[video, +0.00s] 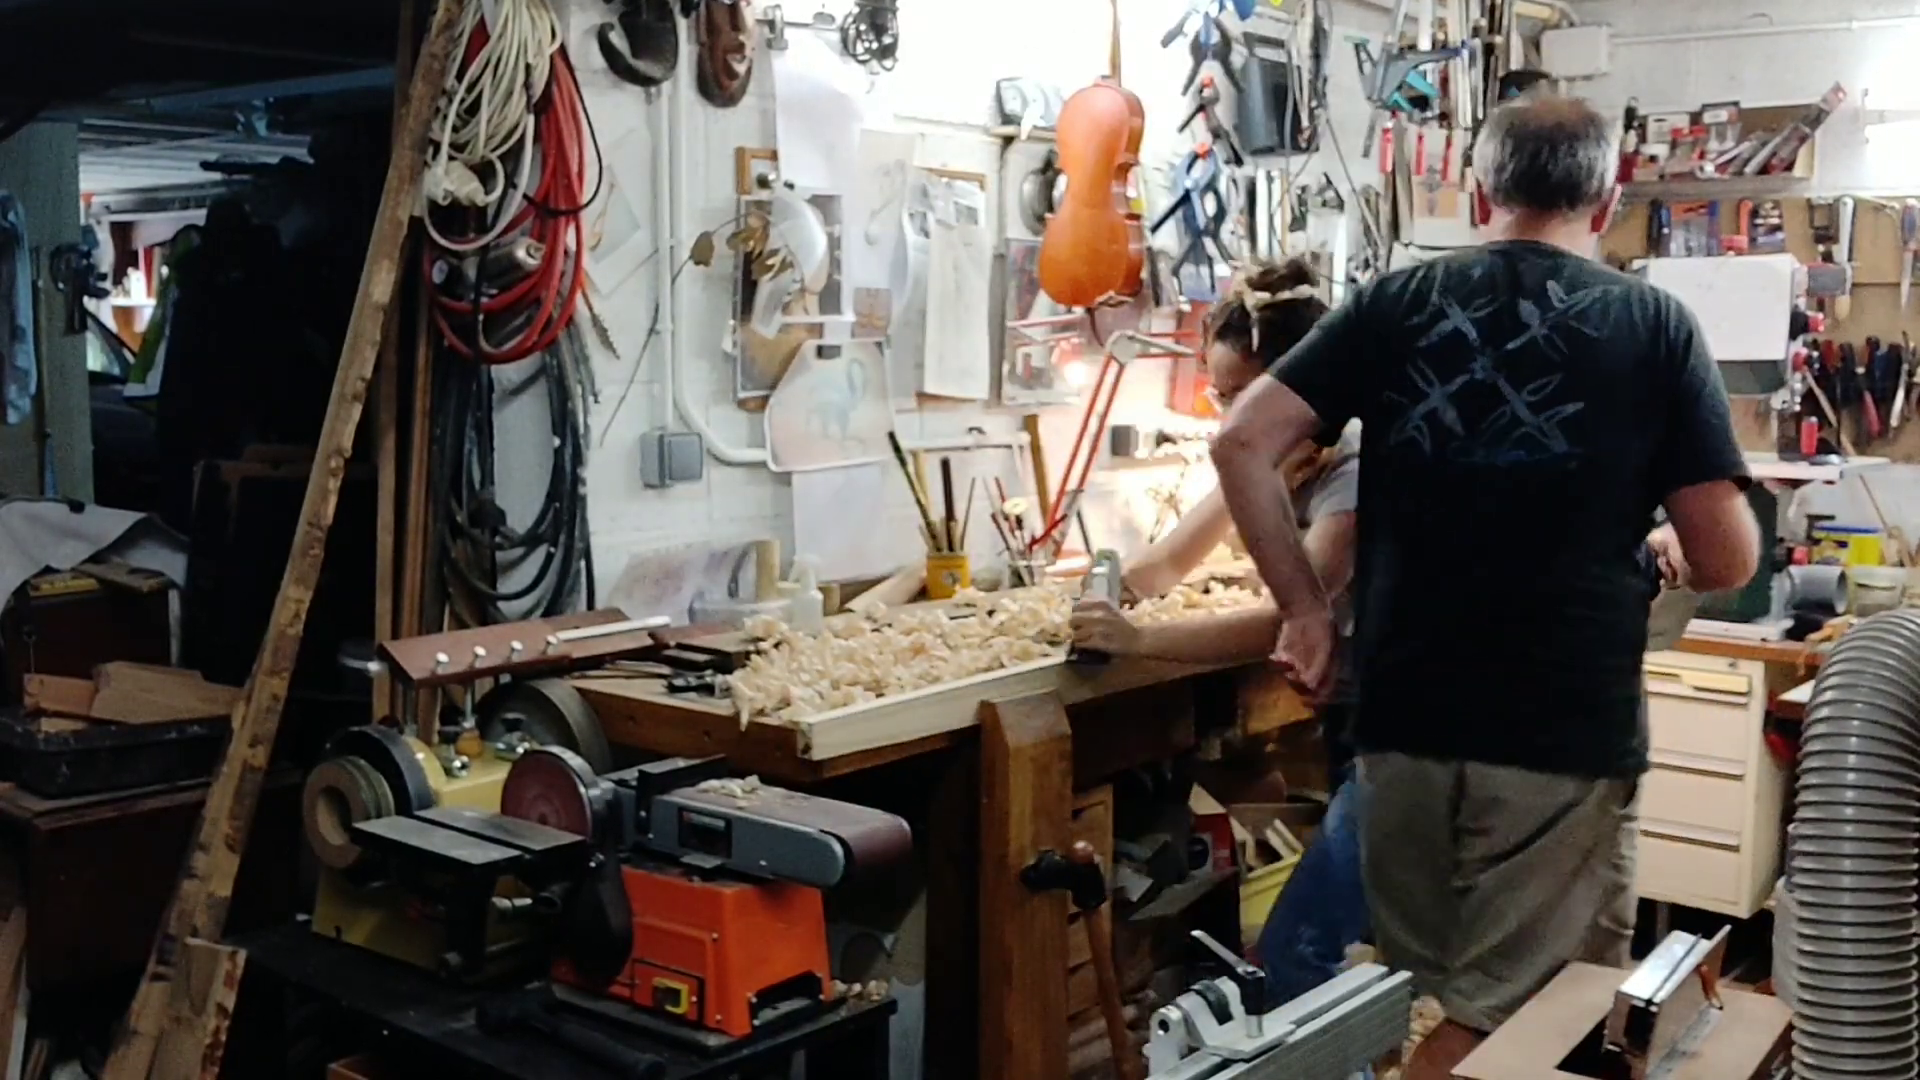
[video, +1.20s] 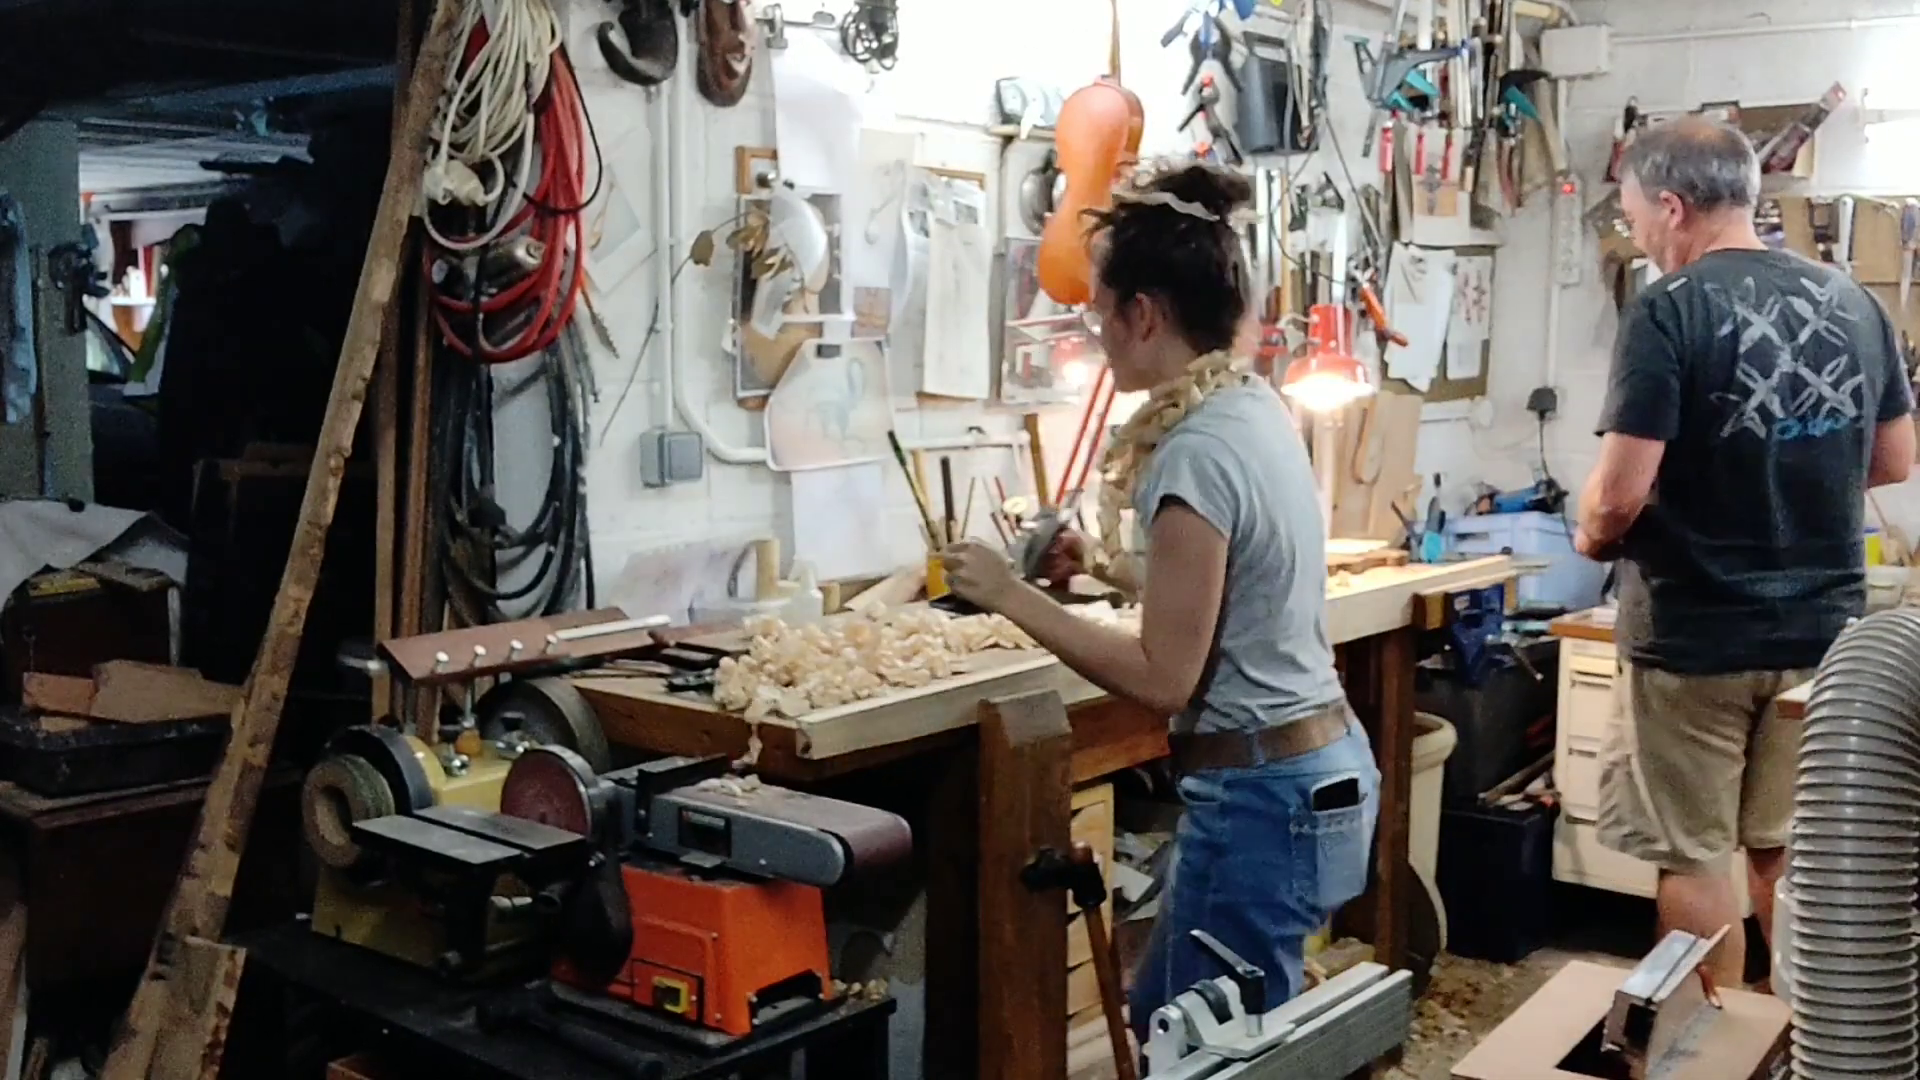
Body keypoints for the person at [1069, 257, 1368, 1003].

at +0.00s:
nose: (1223, 417)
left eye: (1233, 394)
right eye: (1218, 395)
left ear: (1289, 384)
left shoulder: (1355, 475)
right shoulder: (1278, 460)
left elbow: (1298, 617)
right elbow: (1162, 565)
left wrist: (1140, 637)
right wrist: (1099, 597)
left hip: (1402, 753)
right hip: (1357, 741)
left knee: (1293, 955)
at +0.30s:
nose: (1141, 424)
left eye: (1160, 407)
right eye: (1134, 404)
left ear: (1226, 396)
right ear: (1127, 381)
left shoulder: (1274, 491)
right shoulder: (1185, 475)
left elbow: (1188, 650)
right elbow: (1093, 568)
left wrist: (1024, 657)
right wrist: (1015, 589)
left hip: (1329, 779)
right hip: (1270, 768)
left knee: (1260, 993)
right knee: (1332, 938)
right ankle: (1425, 1025)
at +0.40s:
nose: (1110, 424)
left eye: (1129, 405)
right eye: (1101, 403)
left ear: (1201, 390)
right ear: (1094, 379)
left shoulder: (1249, 489)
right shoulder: (1156, 472)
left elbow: (1155, 650)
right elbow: (1059, 570)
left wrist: (987, 666)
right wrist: (970, 606)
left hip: (1311, 779)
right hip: (1245, 771)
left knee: (1262, 1010)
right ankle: (1393, 1023)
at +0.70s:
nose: (1024, 405)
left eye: (1042, 382)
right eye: (1015, 382)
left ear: (1115, 371)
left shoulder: (1167, 477)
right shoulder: (1083, 470)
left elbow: (1050, 641)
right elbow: (980, 585)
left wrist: (876, 691)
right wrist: (877, 626)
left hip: (1300, 763)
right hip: (1203, 762)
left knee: (1296, 1016)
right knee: (1155, 998)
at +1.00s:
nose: (1035, 350)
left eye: (1051, 328)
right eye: (1032, 328)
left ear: (1128, 326)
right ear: (1111, 329)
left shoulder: (1182, 446)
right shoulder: (1099, 444)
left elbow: (1096, 642)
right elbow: (1019, 583)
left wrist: (918, 608)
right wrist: (921, 582)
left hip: (1273, 763)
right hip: (1185, 757)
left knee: (1210, 1029)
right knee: (1139, 1007)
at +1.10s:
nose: (1058, 329)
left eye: (1070, 309)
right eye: (1058, 307)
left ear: (1138, 311)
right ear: (1139, 313)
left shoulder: (1201, 441)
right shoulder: (1162, 426)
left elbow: (1143, 659)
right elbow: (1127, 584)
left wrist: (978, 591)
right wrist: (1008, 563)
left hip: (1263, 766)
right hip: (1214, 758)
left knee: (1223, 1030)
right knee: (1144, 997)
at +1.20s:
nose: (1092, 330)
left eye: (1096, 307)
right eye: (1090, 308)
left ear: (1142, 312)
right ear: (1211, 309)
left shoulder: (1199, 448)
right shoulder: (1255, 412)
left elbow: (1163, 680)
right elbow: (1234, 601)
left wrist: (1011, 594)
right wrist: (1098, 565)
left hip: (1262, 795)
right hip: (1315, 767)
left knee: (1199, 1046)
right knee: (1162, 1005)